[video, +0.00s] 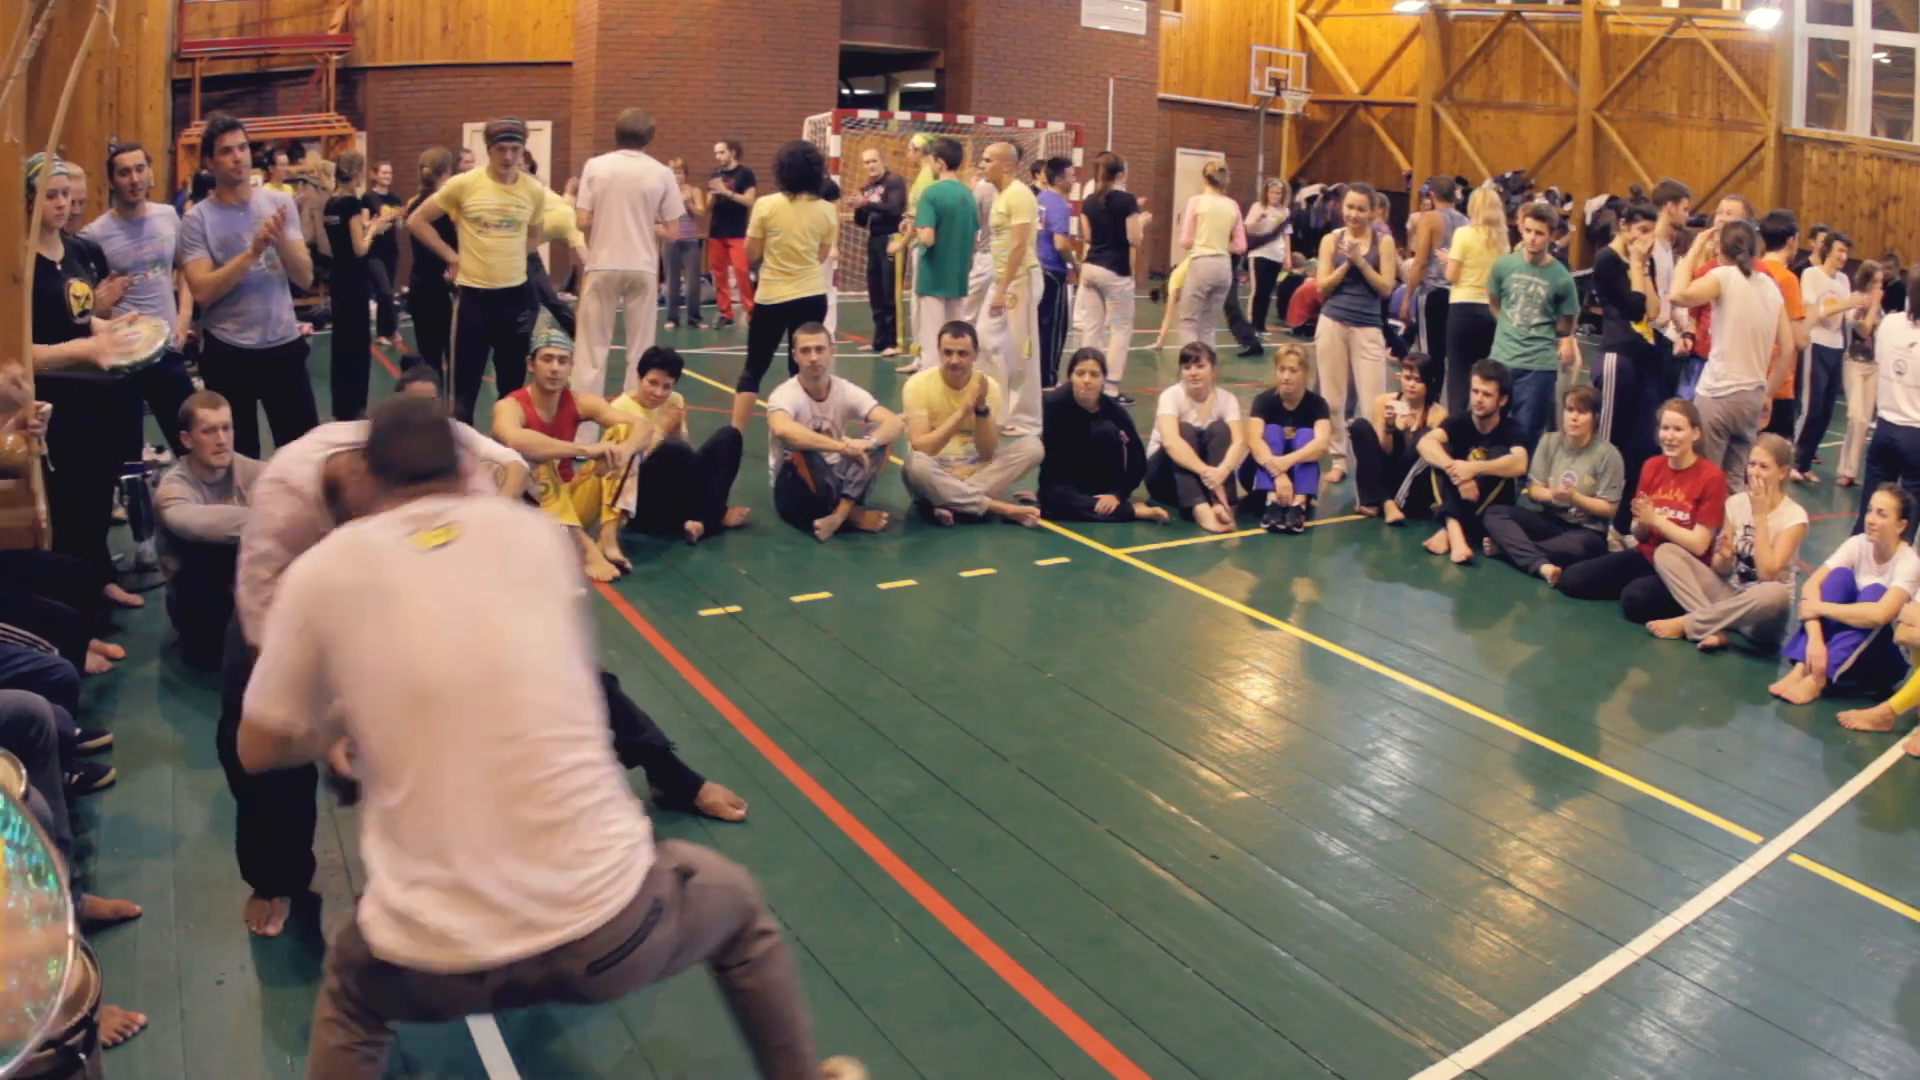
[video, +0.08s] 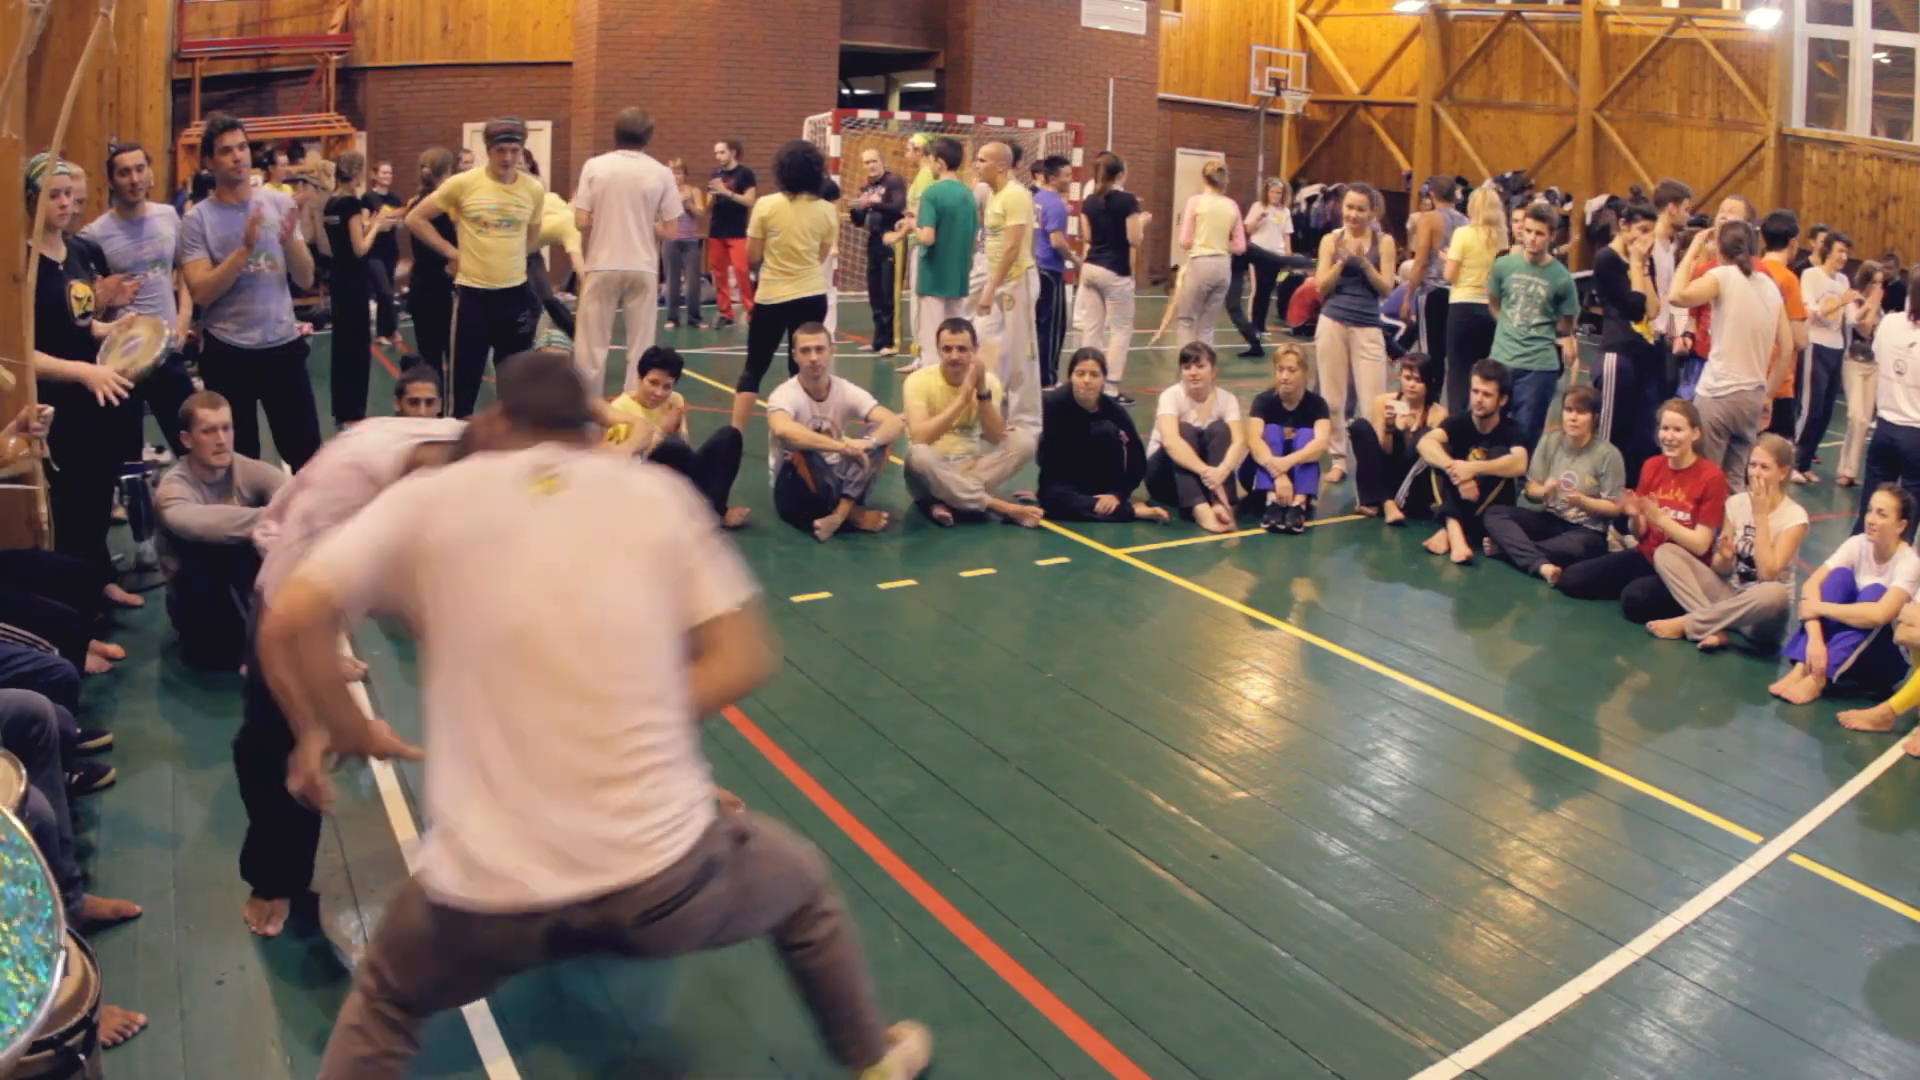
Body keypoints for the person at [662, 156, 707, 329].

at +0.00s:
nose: (677, 175)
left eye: (679, 172)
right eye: (674, 172)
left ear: (686, 173)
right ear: (669, 174)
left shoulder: (694, 191)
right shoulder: (666, 191)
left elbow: (701, 212)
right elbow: (658, 214)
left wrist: (689, 204)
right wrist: (673, 204)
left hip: (691, 238)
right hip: (671, 238)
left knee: (693, 280)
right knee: (672, 281)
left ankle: (694, 316)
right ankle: (672, 317)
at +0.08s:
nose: (676, 176)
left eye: (679, 172)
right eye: (673, 172)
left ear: (685, 174)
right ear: (669, 174)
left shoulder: (694, 191)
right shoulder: (665, 191)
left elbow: (701, 212)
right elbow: (658, 215)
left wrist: (689, 204)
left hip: (691, 238)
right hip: (671, 238)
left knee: (694, 280)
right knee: (672, 281)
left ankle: (694, 316)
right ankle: (672, 317)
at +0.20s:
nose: (675, 176)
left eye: (678, 173)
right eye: (673, 173)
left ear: (685, 174)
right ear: (668, 175)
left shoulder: (693, 191)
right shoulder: (665, 191)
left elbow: (701, 211)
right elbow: (657, 214)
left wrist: (689, 203)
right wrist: (663, 232)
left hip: (691, 238)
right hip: (671, 238)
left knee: (694, 280)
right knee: (672, 281)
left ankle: (694, 317)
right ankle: (672, 317)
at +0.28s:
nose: (674, 176)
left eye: (677, 173)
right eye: (671, 173)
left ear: (684, 174)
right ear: (667, 175)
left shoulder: (693, 190)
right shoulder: (664, 192)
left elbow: (701, 211)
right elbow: (657, 214)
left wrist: (689, 202)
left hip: (691, 238)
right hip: (671, 238)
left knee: (693, 280)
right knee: (673, 281)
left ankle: (694, 317)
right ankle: (672, 317)